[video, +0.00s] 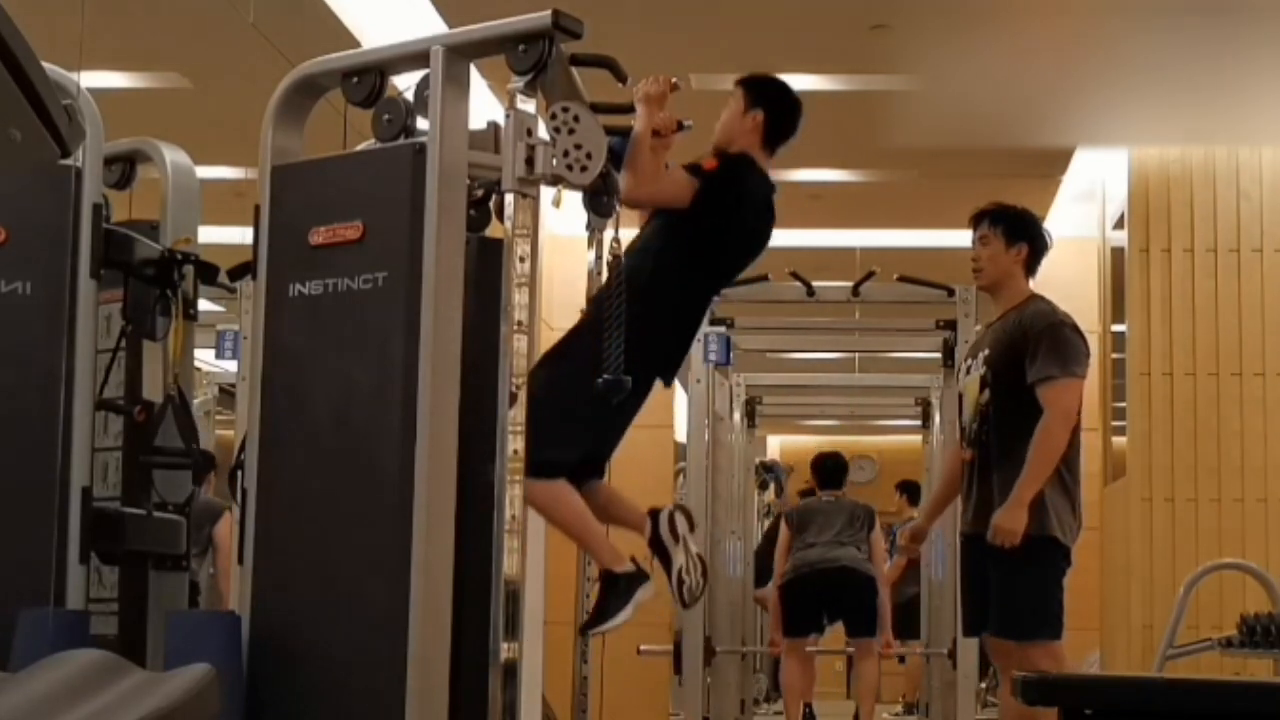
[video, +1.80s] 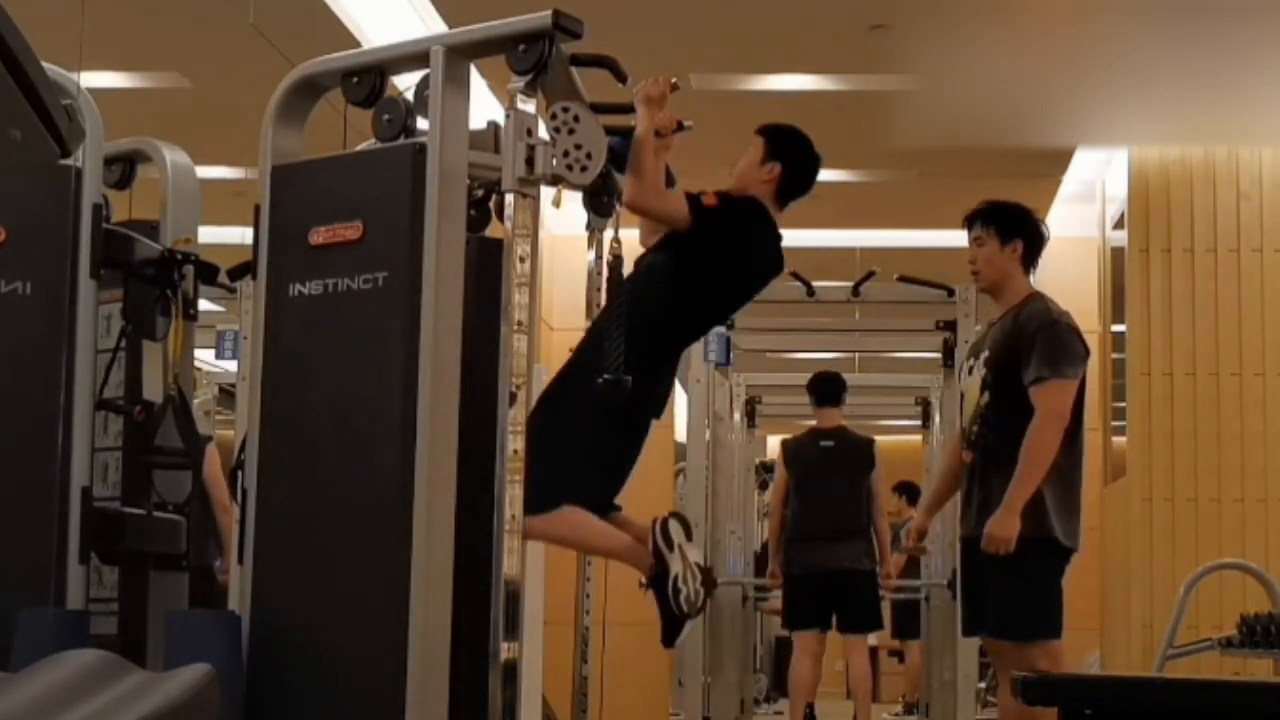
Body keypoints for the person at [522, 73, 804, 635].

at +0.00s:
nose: (719, 117)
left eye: (729, 106)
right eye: (726, 105)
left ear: (753, 119)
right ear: (767, 128)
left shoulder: (733, 180)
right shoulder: (754, 197)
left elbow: (640, 187)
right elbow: (649, 208)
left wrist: (645, 119)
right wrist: (658, 145)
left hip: (620, 332)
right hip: (643, 345)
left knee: (535, 472)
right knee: (581, 481)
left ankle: (617, 572)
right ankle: (655, 528)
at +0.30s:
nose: (704, 56)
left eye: (715, 45)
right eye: (711, 44)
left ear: (739, 59)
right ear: (752, 67)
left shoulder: (715, 116)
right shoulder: (725, 123)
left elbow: (655, 191)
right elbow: (656, 193)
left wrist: (648, 117)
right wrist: (654, 127)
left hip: (634, 289)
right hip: (645, 294)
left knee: (559, 435)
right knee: (589, 438)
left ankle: (676, 496)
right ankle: (682, 488)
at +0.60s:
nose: (715, 121)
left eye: (725, 111)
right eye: (721, 110)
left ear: (750, 124)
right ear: (766, 134)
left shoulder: (723, 180)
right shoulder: (747, 193)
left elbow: (636, 192)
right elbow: (652, 204)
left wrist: (644, 125)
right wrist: (657, 144)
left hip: (637, 362)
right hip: (659, 364)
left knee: (584, 505)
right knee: (621, 511)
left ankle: (711, 554)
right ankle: (716, 550)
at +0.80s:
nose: (722, 179)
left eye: (733, 170)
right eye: (729, 169)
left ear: (755, 189)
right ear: (764, 198)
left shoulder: (723, 241)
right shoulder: (736, 252)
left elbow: (640, 199)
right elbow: (646, 220)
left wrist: (646, 127)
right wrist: (656, 142)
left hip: (636, 412)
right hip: (660, 414)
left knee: (596, 579)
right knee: (640, 568)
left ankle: (729, 606)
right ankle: (735, 607)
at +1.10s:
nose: (692, 242)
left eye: (706, 240)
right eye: (704, 235)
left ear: (724, 265)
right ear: (726, 268)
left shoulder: (692, 308)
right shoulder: (687, 306)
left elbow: (646, 204)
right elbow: (644, 211)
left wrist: (645, 123)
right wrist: (656, 133)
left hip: (617, 505)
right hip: (634, 504)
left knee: (595, 668)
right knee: (642, 650)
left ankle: (727, 684)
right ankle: (738, 675)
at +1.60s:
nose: (730, 206)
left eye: (743, 201)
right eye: (740, 199)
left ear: (759, 223)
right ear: (769, 235)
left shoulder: (721, 265)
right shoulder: (732, 281)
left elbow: (643, 205)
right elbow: (647, 230)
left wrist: (644, 123)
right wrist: (657, 145)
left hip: (605, 427)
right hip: (628, 431)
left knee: (544, 589)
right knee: (593, 567)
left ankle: (680, 619)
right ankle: (686, 605)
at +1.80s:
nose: (736, 163)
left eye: (747, 154)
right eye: (743, 153)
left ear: (770, 170)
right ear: (782, 182)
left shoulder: (740, 215)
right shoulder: (763, 245)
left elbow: (642, 195)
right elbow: (655, 242)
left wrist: (646, 125)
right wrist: (657, 148)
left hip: (611, 367)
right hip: (640, 378)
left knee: (532, 508)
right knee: (577, 506)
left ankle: (651, 559)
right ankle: (655, 540)